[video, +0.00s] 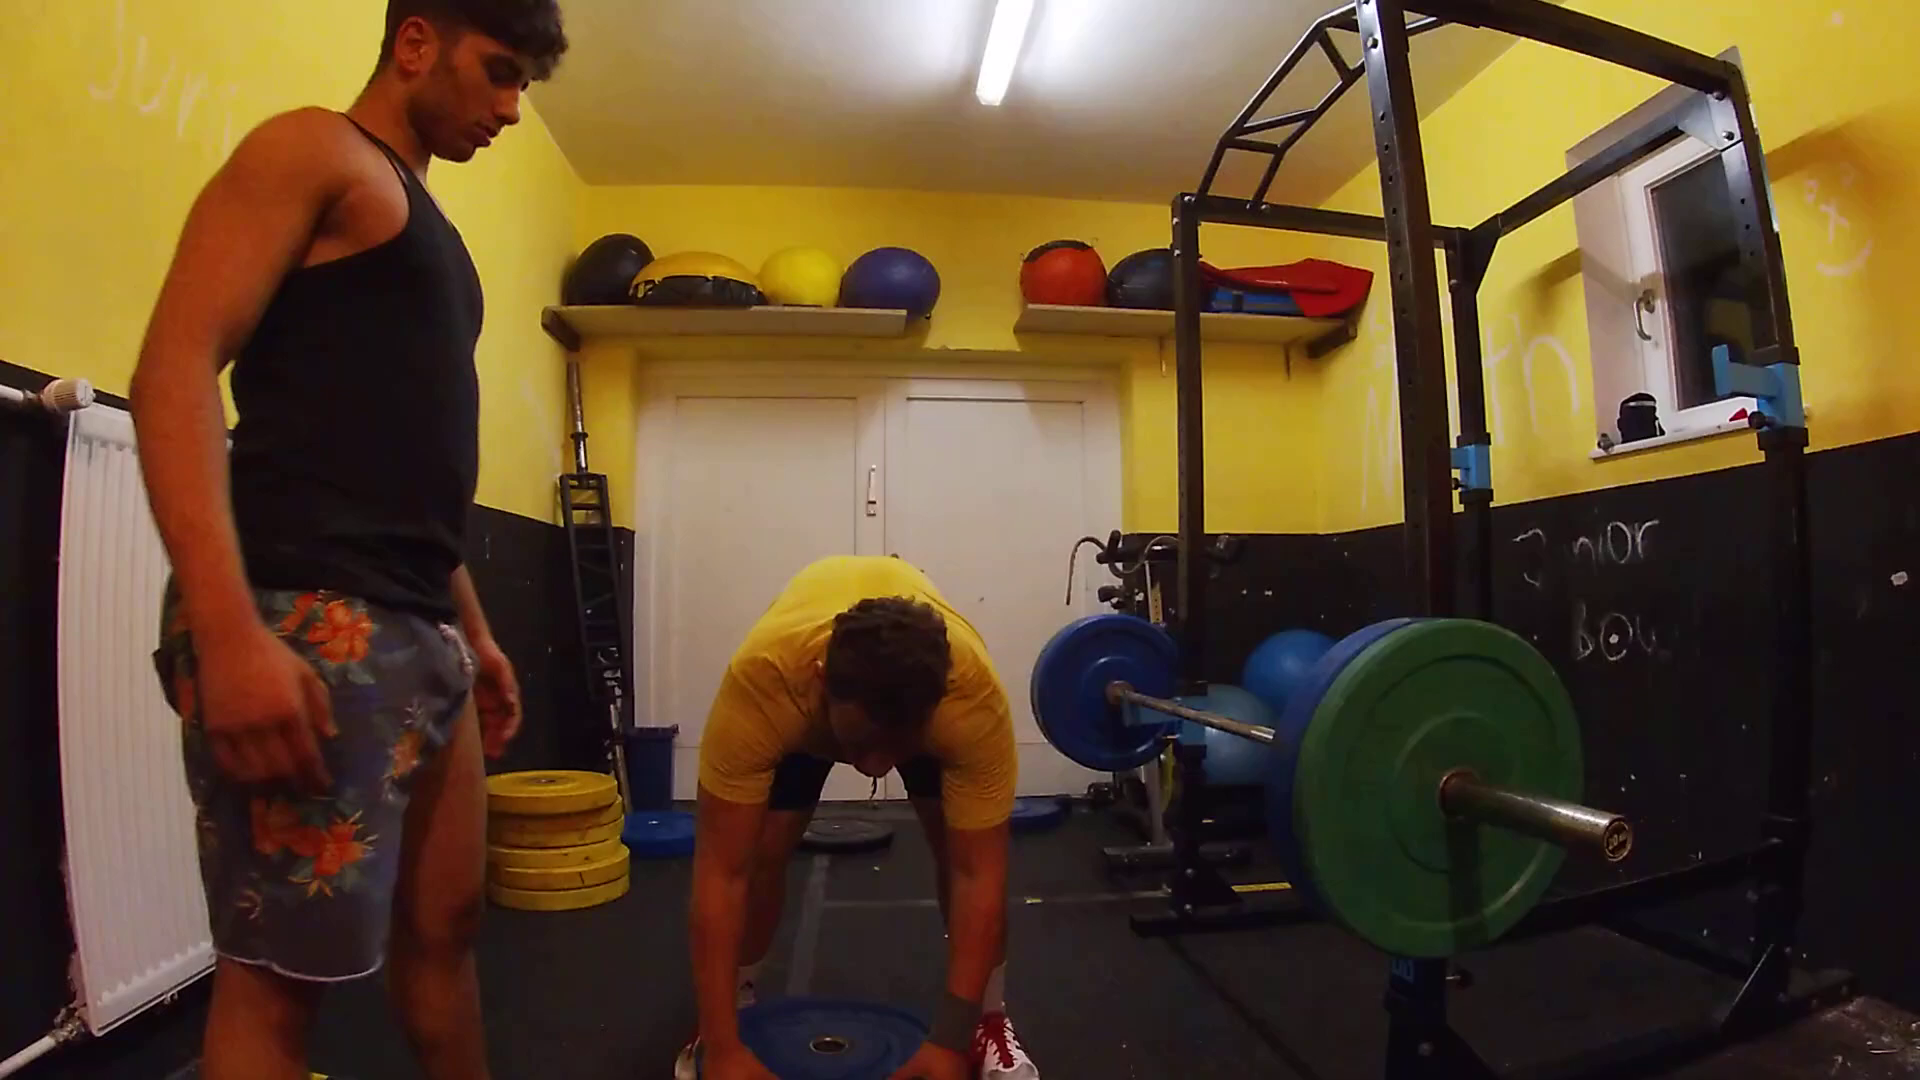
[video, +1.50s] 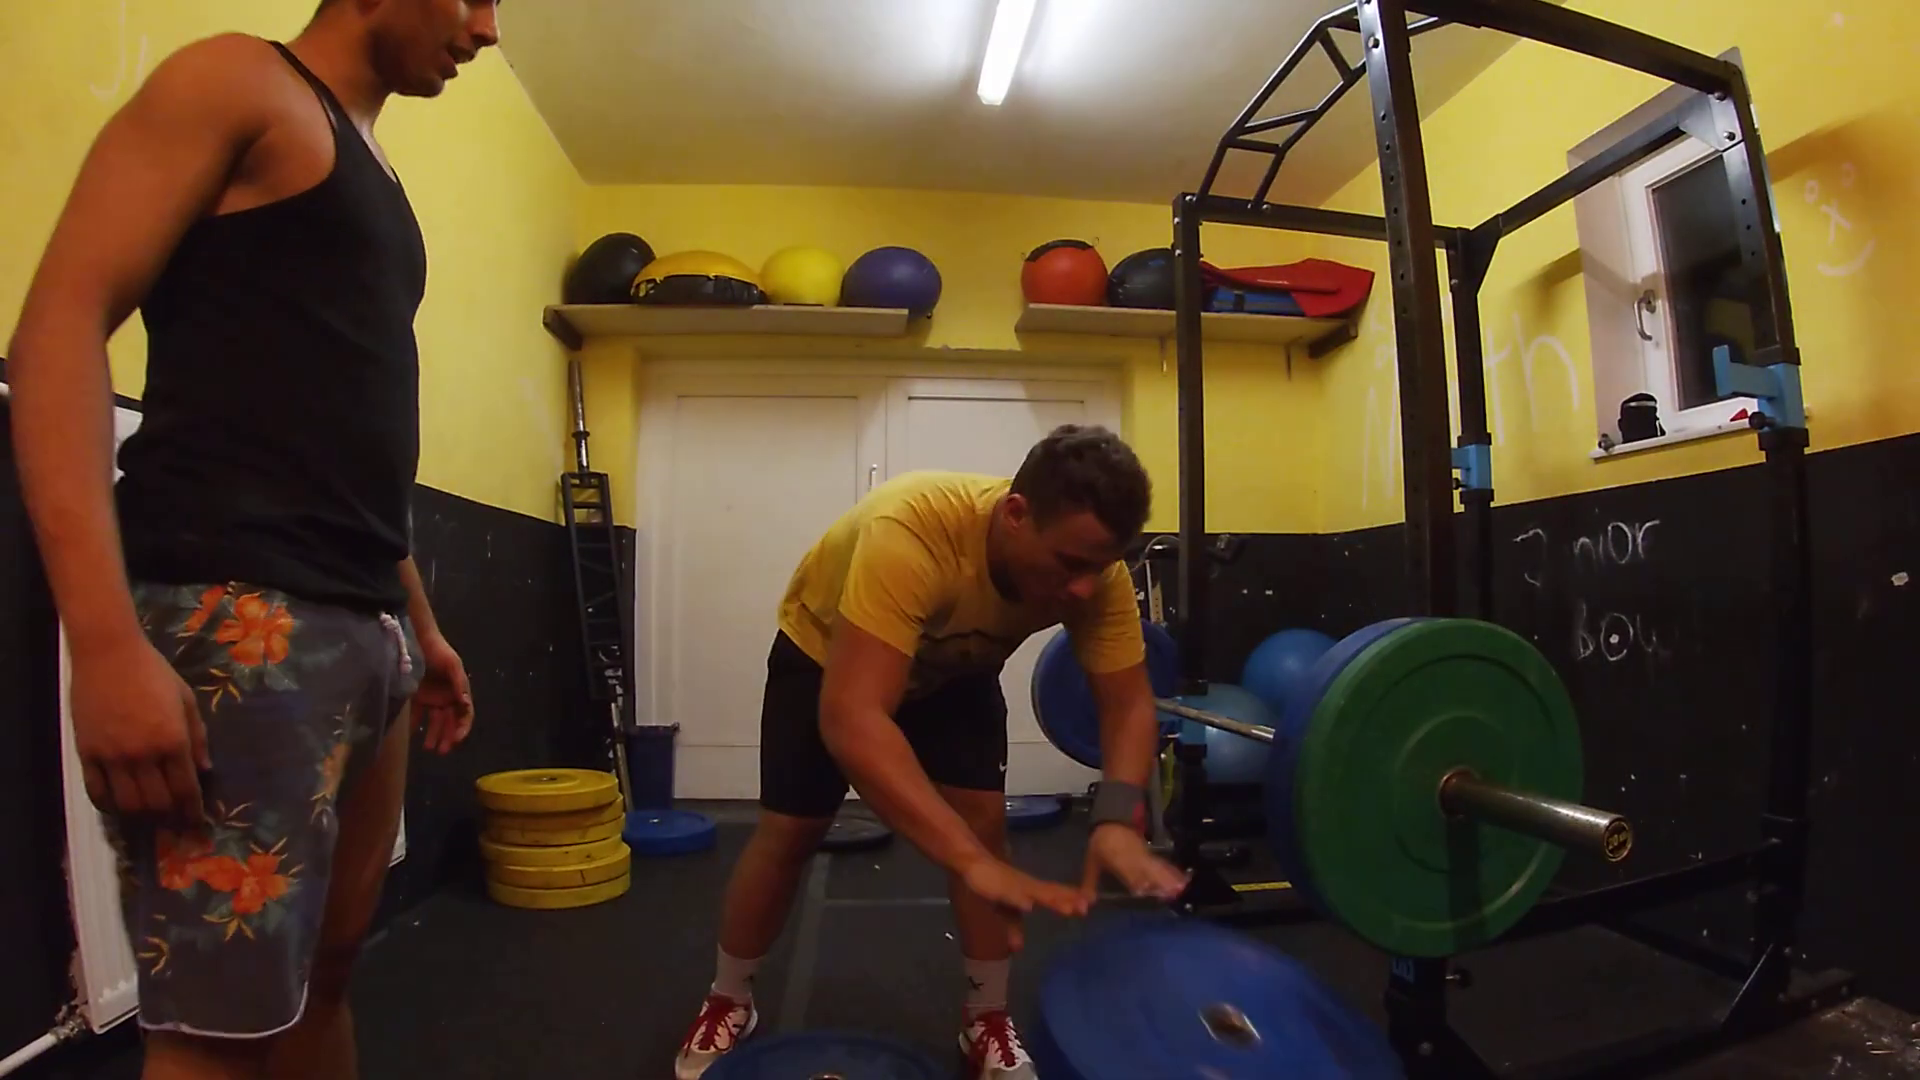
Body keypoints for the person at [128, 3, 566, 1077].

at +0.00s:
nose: (515, 109)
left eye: (523, 86)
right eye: (501, 72)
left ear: (423, 55)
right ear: (414, 44)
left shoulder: (421, 220)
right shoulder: (310, 148)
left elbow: (400, 452)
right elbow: (172, 375)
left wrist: (470, 628)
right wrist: (227, 633)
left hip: (423, 636)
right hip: (307, 627)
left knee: (442, 935)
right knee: (273, 984)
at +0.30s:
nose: (502, 80)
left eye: (514, 52)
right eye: (495, 40)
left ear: (415, 23)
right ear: (406, 10)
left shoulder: (382, 168)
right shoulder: (289, 115)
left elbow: (336, 426)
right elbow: (123, 349)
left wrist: (410, 610)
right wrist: (123, 643)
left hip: (385, 623)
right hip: (275, 623)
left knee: (422, 930)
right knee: (259, 990)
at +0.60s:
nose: (506, 85)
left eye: (515, 60)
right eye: (497, 48)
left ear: (415, 31)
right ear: (409, 20)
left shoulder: (386, 179)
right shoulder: (291, 121)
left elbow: (344, 430)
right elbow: (149, 354)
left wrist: (417, 613)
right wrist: (238, 620)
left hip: (373, 620)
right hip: (282, 617)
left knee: (355, 965)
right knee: (279, 986)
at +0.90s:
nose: (525, 102)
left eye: (533, 78)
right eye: (513, 65)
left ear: (440, 53)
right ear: (427, 39)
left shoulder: (407, 213)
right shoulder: (295, 137)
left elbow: (385, 444)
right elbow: (140, 356)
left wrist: (446, 613)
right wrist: (210, 608)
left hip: (372, 613)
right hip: (281, 610)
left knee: (332, 961)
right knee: (338, 970)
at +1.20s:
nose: (512, 86)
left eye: (519, 60)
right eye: (499, 49)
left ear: (428, 36)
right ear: (411, 21)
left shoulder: (393, 194)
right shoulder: (279, 129)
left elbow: (379, 437)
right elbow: (116, 363)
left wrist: (440, 617)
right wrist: (115, 643)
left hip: (367, 621)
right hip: (274, 617)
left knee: (325, 996)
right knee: (286, 1015)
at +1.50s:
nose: (486, 30)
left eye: (490, 12)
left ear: (384, 2)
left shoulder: (363, 165)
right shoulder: (232, 80)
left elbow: (344, 423)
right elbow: (55, 333)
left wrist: (414, 616)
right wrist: (104, 643)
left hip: (361, 634)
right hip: (236, 631)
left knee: (319, 993)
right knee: (214, 1035)